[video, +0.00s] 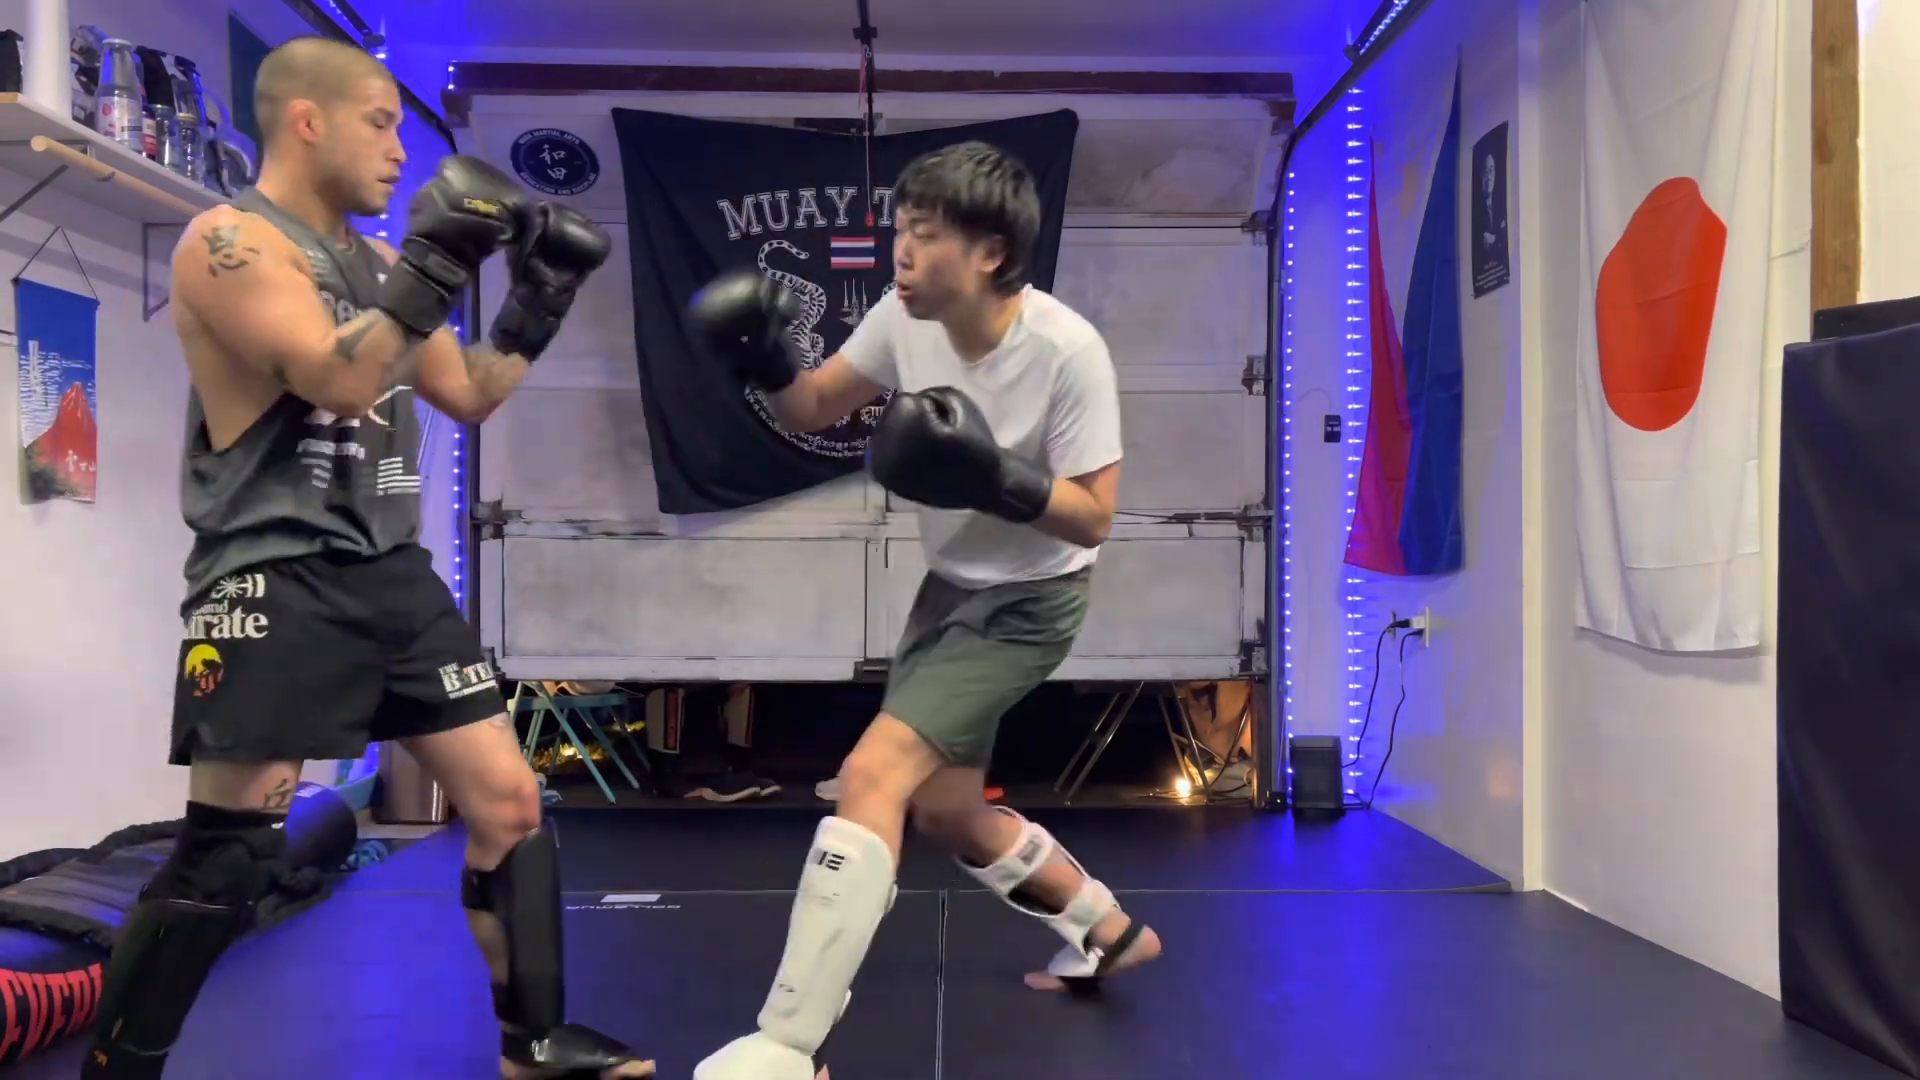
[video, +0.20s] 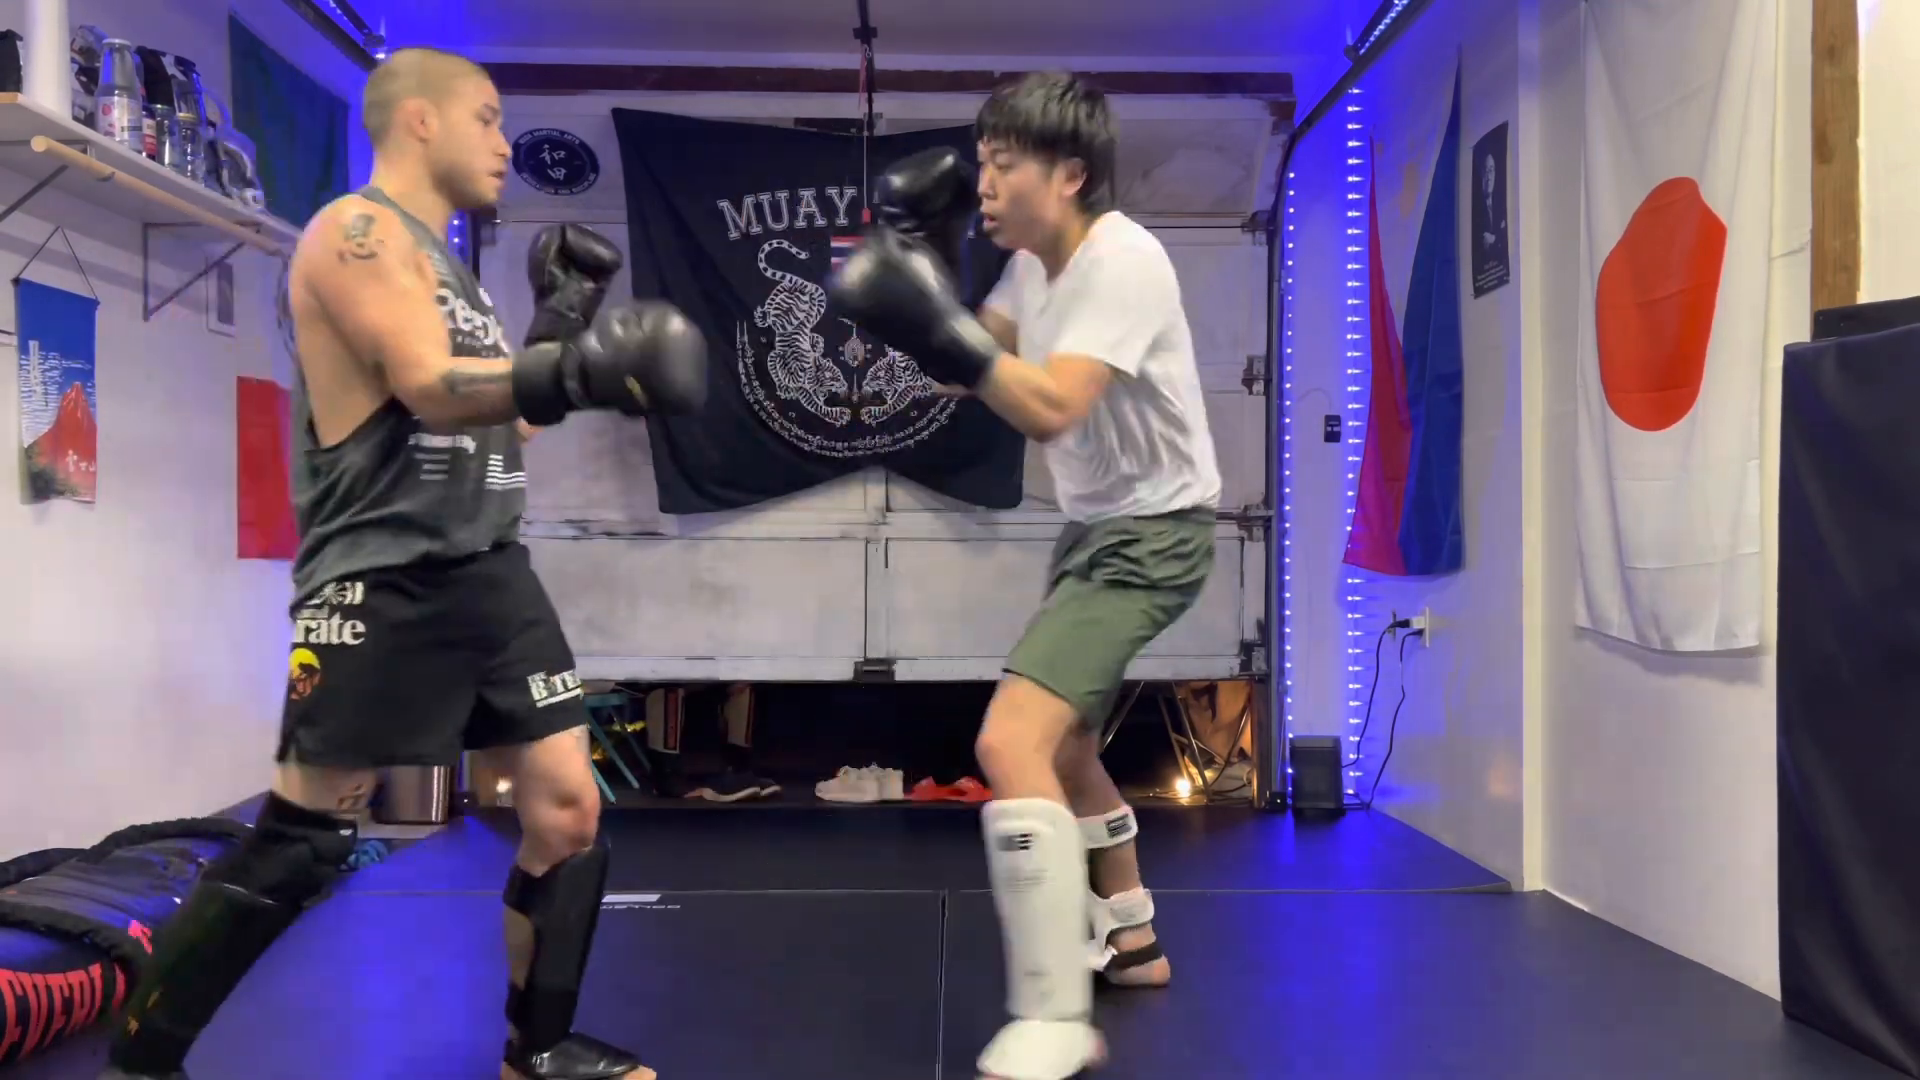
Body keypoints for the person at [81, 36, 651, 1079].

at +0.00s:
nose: (400, 147)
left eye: (399, 125)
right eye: (380, 121)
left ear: (326, 129)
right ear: (305, 123)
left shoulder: (371, 263)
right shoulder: (225, 239)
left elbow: (472, 391)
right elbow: (344, 376)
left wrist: (541, 298)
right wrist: (435, 259)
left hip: (391, 571)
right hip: (272, 571)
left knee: (508, 804)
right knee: (229, 847)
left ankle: (536, 1038)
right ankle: (124, 1061)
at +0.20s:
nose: (507, 143)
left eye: (504, 124)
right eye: (489, 118)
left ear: (431, 132)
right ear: (417, 124)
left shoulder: (448, 269)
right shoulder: (351, 228)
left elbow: (498, 424)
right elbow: (427, 386)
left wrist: (554, 325)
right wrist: (575, 371)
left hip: (485, 572)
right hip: (373, 578)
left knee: (567, 811)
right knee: (302, 835)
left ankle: (541, 1043)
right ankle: (145, 1052)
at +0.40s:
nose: (596, 127)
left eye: (592, 107)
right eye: (579, 102)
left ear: (519, 112)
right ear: (510, 105)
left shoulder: (527, 253)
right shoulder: (450, 206)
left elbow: (525, 401)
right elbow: (489, 365)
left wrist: (631, 408)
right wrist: (643, 359)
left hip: (549, 553)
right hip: (457, 552)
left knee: (555, 812)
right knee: (437, 822)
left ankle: (539, 1043)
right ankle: (276, 1055)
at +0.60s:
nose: (643, 113)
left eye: (639, 93)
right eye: (626, 89)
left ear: (566, 95)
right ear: (558, 90)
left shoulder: (593, 241)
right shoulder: (485, 208)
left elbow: (597, 385)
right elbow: (594, 357)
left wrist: (653, 389)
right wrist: (701, 269)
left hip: (583, 544)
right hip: (504, 537)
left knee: (568, 806)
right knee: (552, 809)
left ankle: (510, 1043)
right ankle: (492, 1051)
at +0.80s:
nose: (688, 115)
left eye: (685, 92)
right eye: (673, 90)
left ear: (607, 97)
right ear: (610, 93)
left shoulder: (623, 230)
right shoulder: (525, 220)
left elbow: (633, 409)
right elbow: (627, 407)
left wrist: (715, 398)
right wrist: (721, 327)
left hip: (625, 550)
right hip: (545, 555)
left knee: (685, 822)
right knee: (588, 850)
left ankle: (558, 1017)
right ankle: (505, 1064)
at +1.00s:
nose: (737, 104)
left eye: (734, 81)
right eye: (728, 79)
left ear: (654, 76)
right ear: (674, 74)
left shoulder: (634, 193)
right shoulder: (616, 186)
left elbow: (715, 361)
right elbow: (738, 364)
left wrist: (785, 267)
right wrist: (802, 259)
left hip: (673, 547)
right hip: (617, 552)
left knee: (752, 793)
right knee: (588, 835)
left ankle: (742, 1027)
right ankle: (511, 1067)